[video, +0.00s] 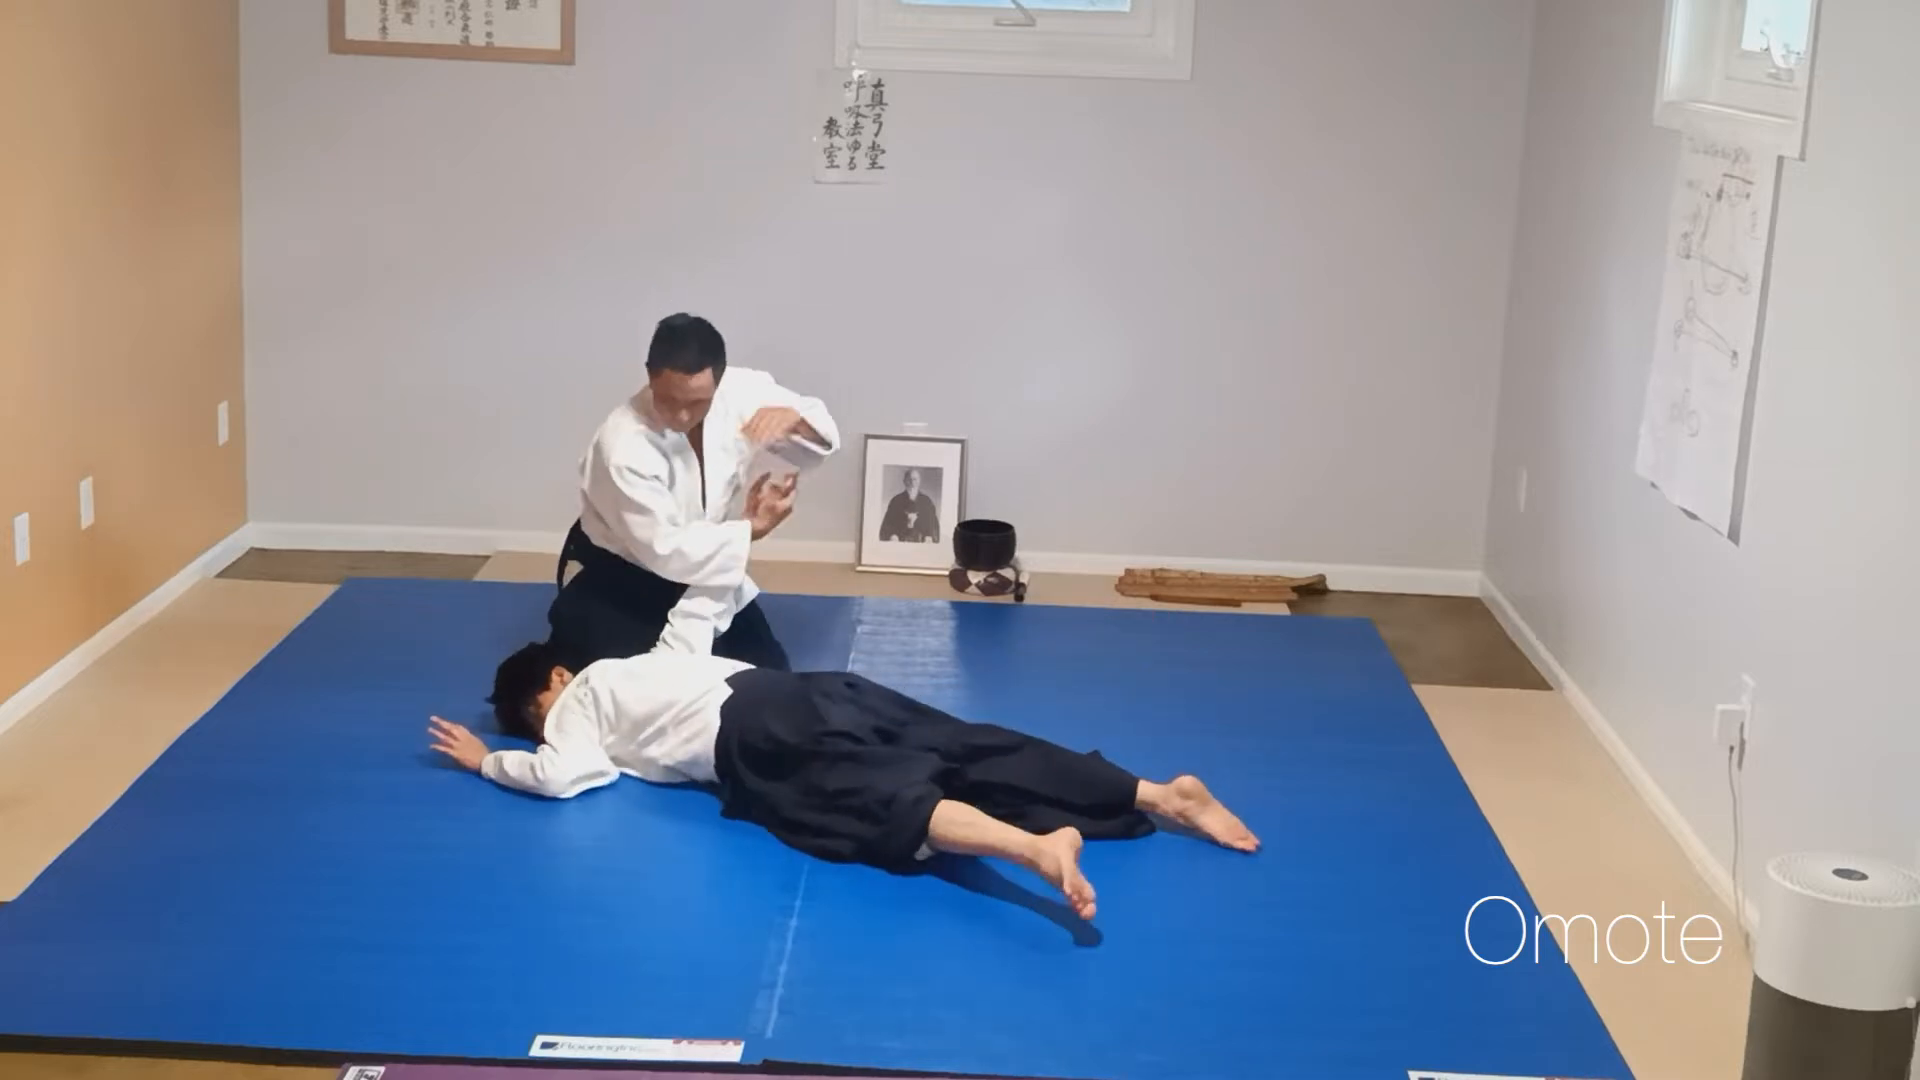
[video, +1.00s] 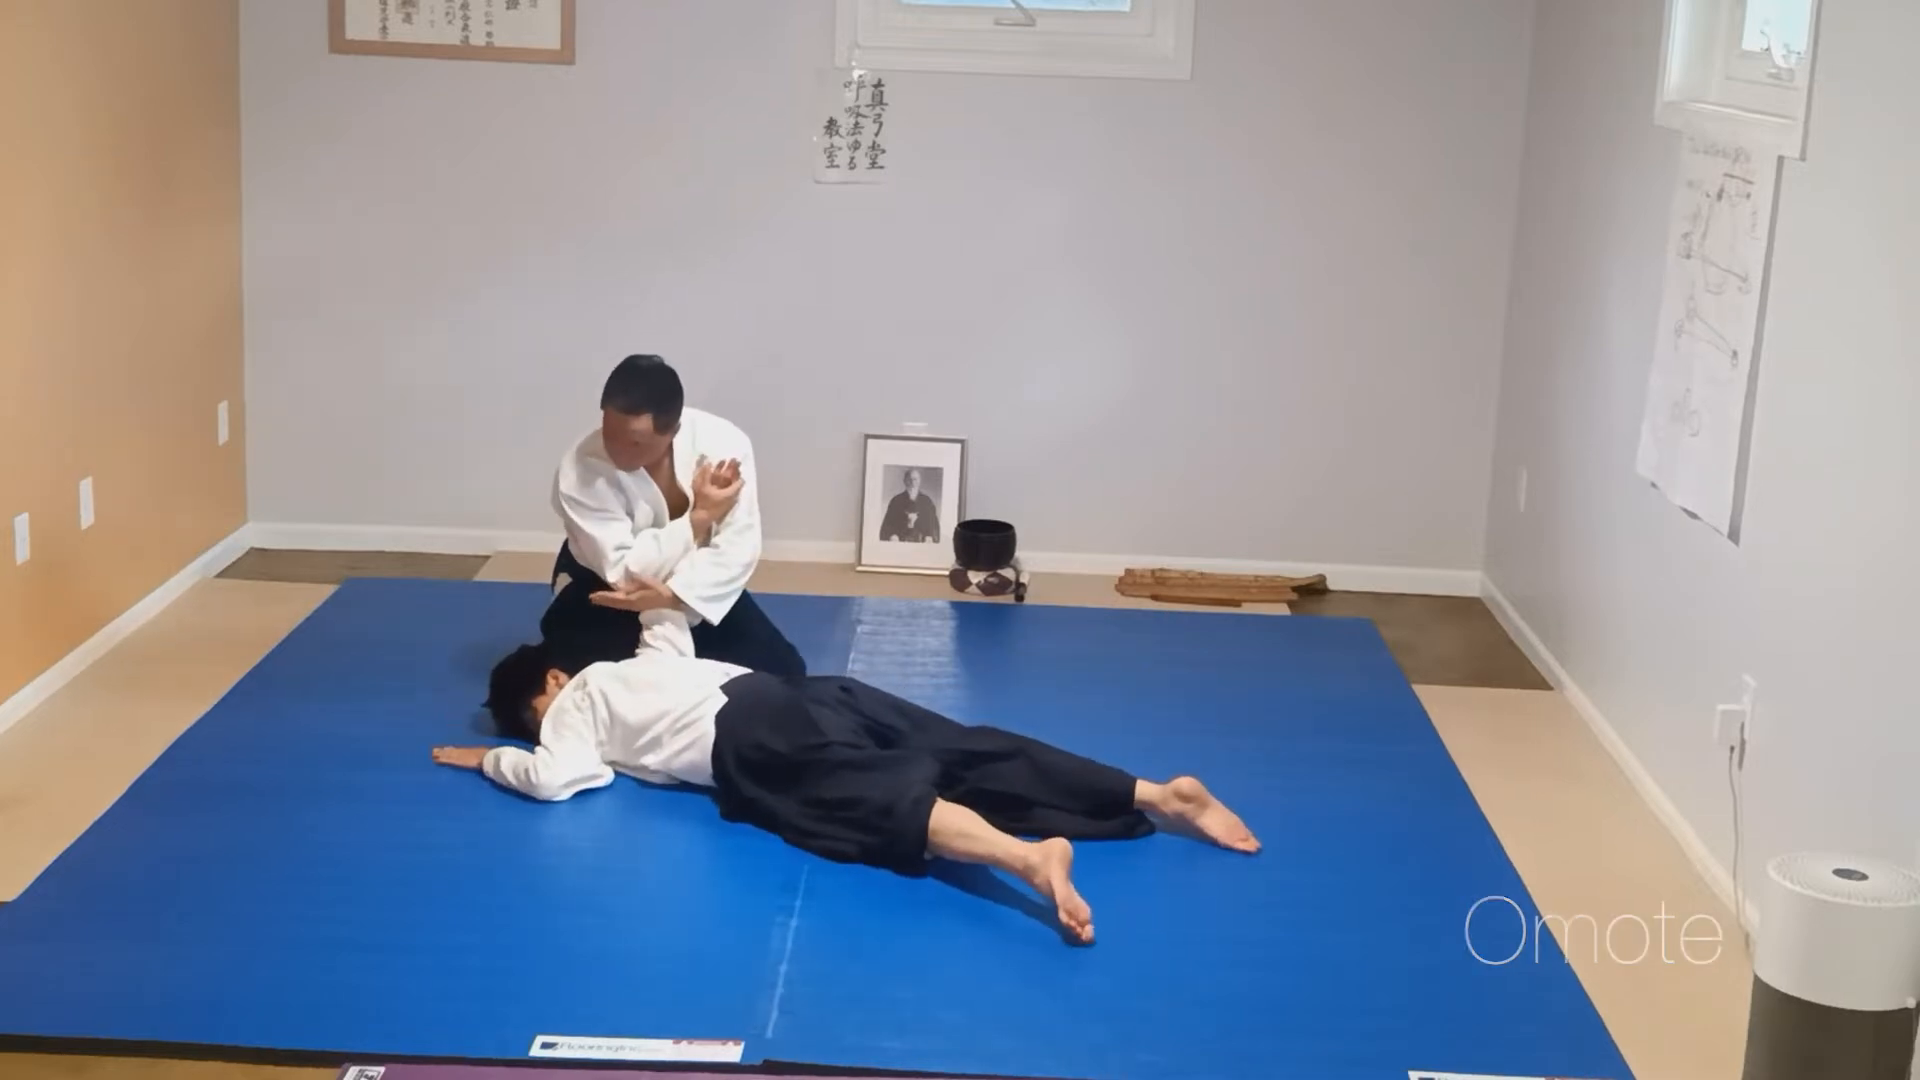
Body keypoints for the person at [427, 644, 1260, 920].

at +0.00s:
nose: (534, 726)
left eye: (527, 712)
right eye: (530, 712)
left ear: (547, 692)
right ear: (570, 668)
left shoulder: (575, 706)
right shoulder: (652, 653)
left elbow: (560, 778)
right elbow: (708, 623)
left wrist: (483, 759)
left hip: (754, 737)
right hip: (806, 687)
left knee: (885, 806)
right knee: (965, 745)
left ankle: (1035, 847)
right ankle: (1165, 795)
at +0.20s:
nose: (544, 725)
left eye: (534, 714)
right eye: (540, 714)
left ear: (547, 693)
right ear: (570, 662)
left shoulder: (574, 711)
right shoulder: (650, 654)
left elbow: (561, 778)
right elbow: (693, 586)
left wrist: (488, 761)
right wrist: (722, 506)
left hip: (747, 739)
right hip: (793, 690)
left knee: (889, 804)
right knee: (958, 749)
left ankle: (1043, 843)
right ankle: (1160, 799)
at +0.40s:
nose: (531, 719)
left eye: (524, 708)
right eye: (530, 707)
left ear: (539, 693)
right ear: (570, 668)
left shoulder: (569, 702)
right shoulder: (644, 656)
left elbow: (559, 779)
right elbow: (706, 636)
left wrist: (486, 759)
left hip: (749, 738)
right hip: (805, 687)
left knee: (888, 807)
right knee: (964, 748)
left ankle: (1031, 852)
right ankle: (1160, 796)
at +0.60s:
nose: (533, 719)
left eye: (526, 710)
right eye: (531, 709)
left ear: (547, 688)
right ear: (578, 662)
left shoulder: (572, 700)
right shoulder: (652, 659)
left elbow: (561, 775)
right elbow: (716, 645)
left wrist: (492, 758)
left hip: (749, 738)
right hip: (804, 688)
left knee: (891, 808)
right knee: (965, 748)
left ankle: (1030, 863)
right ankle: (1160, 797)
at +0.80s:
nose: (532, 722)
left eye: (526, 709)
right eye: (531, 709)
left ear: (547, 689)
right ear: (577, 663)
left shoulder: (576, 703)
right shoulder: (654, 653)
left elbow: (554, 779)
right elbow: (706, 641)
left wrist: (498, 758)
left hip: (751, 739)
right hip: (806, 690)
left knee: (889, 806)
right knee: (965, 748)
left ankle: (1030, 855)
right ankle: (1160, 795)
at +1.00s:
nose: (535, 727)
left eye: (528, 714)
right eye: (533, 714)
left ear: (546, 693)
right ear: (574, 665)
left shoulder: (578, 704)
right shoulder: (652, 653)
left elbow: (555, 777)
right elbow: (698, 651)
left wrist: (486, 758)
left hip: (750, 737)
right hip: (805, 688)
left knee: (890, 807)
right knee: (964, 747)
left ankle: (1026, 858)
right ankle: (1154, 793)